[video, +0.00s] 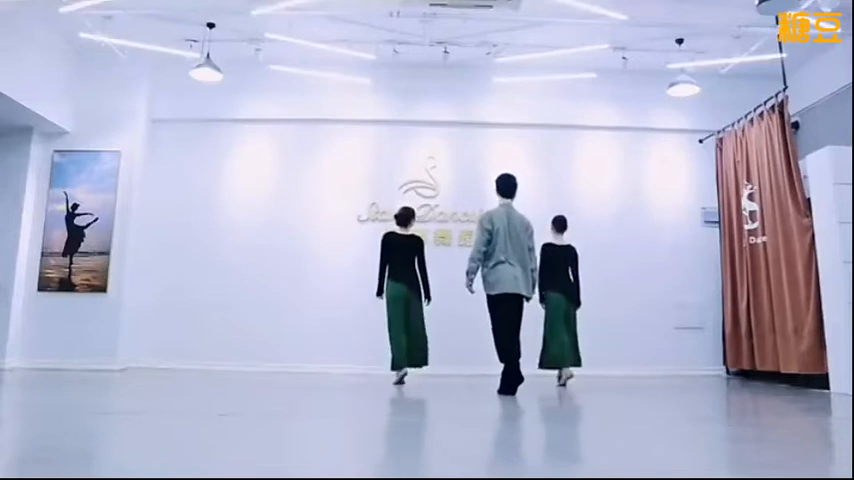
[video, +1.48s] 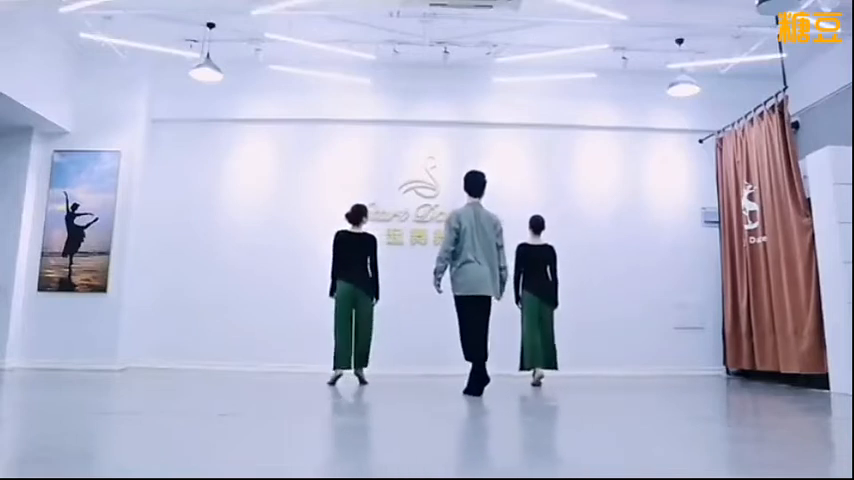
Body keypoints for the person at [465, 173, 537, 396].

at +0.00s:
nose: (501, 191)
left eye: (498, 188)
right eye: (508, 187)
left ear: (496, 190)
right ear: (515, 191)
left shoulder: (489, 218)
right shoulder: (525, 222)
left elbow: (479, 250)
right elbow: (532, 257)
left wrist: (470, 274)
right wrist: (531, 285)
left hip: (495, 282)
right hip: (519, 282)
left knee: (500, 329)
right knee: (513, 331)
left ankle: (514, 371)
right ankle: (508, 383)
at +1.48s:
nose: (474, 191)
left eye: (468, 186)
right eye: (479, 186)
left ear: (464, 188)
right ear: (484, 189)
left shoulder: (456, 217)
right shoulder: (493, 220)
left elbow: (447, 249)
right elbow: (501, 256)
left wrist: (438, 272)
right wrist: (501, 284)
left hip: (462, 283)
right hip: (486, 283)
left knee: (468, 329)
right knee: (481, 330)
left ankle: (480, 371)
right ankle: (474, 381)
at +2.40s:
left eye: (438, 189)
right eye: (450, 189)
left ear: (435, 192)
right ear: (454, 193)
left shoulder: (428, 221)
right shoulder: (463, 223)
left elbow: (419, 252)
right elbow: (475, 256)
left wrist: (408, 276)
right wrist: (479, 282)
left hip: (433, 289)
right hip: (459, 289)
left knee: (426, 337)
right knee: (465, 336)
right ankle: (473, 379)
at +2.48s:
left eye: (432, 189)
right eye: (443, 189)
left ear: (430, 192)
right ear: (450, 192)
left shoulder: (423, 219)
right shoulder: (459, 223)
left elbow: (414, 251)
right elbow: (467, 258)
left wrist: (402, 275)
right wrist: (467, 284)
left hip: (427, 289)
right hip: (453, 289)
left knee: (418, 336)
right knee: (461, 335)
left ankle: (408, 381)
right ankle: (472, 380)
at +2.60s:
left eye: (419, 192)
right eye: (430, 192)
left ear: (417, 194)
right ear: (437, 195)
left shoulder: (408, 220)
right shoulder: (444, 226)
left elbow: (397, 251)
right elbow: (444, 260)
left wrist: (383, 274)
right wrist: (439, 282)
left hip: (410, 291)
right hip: (436, 291)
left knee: (402, 338)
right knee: (444, 331)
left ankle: (404, 385)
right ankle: (451, 374)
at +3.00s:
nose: (392, 205)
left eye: (391, 201)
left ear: (391, 203)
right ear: (410, 205)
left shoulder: (383, 230)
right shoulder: (420, 236)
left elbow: (367, 261)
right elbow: (418, 267)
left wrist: (354, 285)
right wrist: (409, 293)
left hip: (381, 298)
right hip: (406, 300)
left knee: (378, 345)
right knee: (382, 344)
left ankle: (400, 381)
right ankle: (362, 379)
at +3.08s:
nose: (388, 205)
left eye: (388, 201)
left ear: (387, 203)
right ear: (406, 205)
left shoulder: (380, 231)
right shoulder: (416, 236)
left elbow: (364, 262)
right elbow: (416, 267)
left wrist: (352, 286)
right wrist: (404, 289)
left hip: (378, 298)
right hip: (402, 300)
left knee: (373, 342)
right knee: (379, 344)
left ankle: (397, 379)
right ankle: (359, 380)